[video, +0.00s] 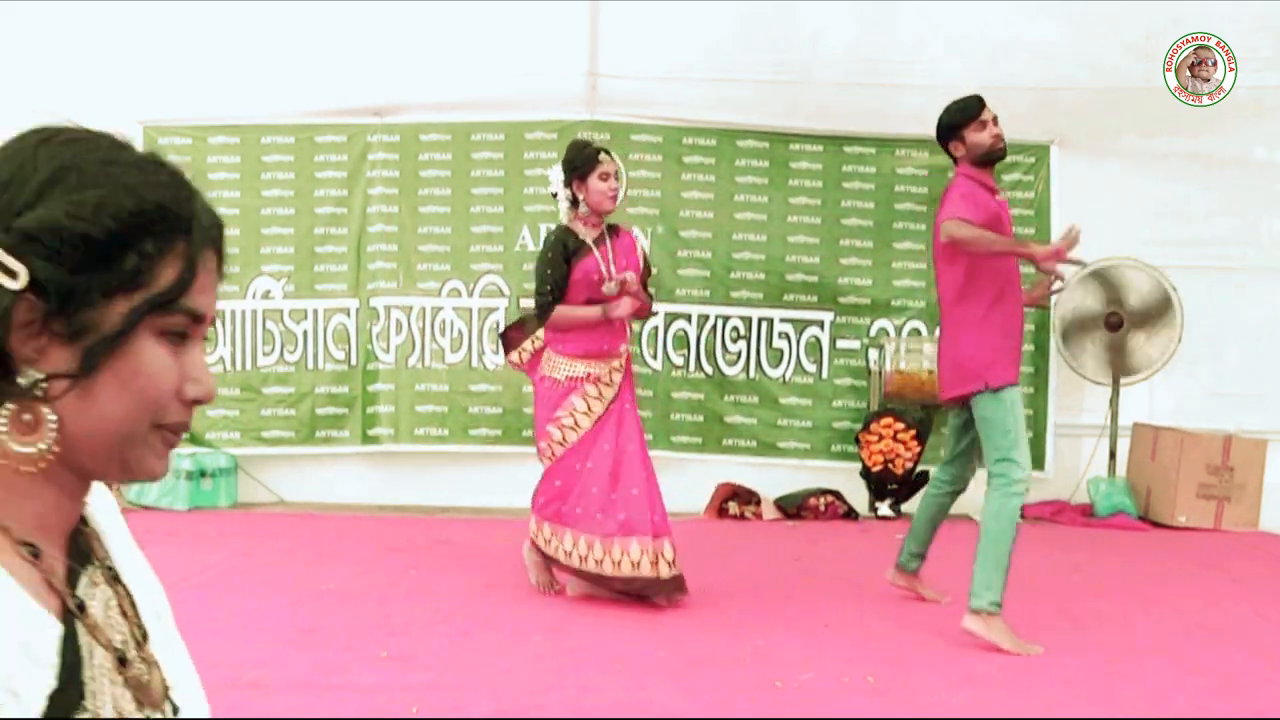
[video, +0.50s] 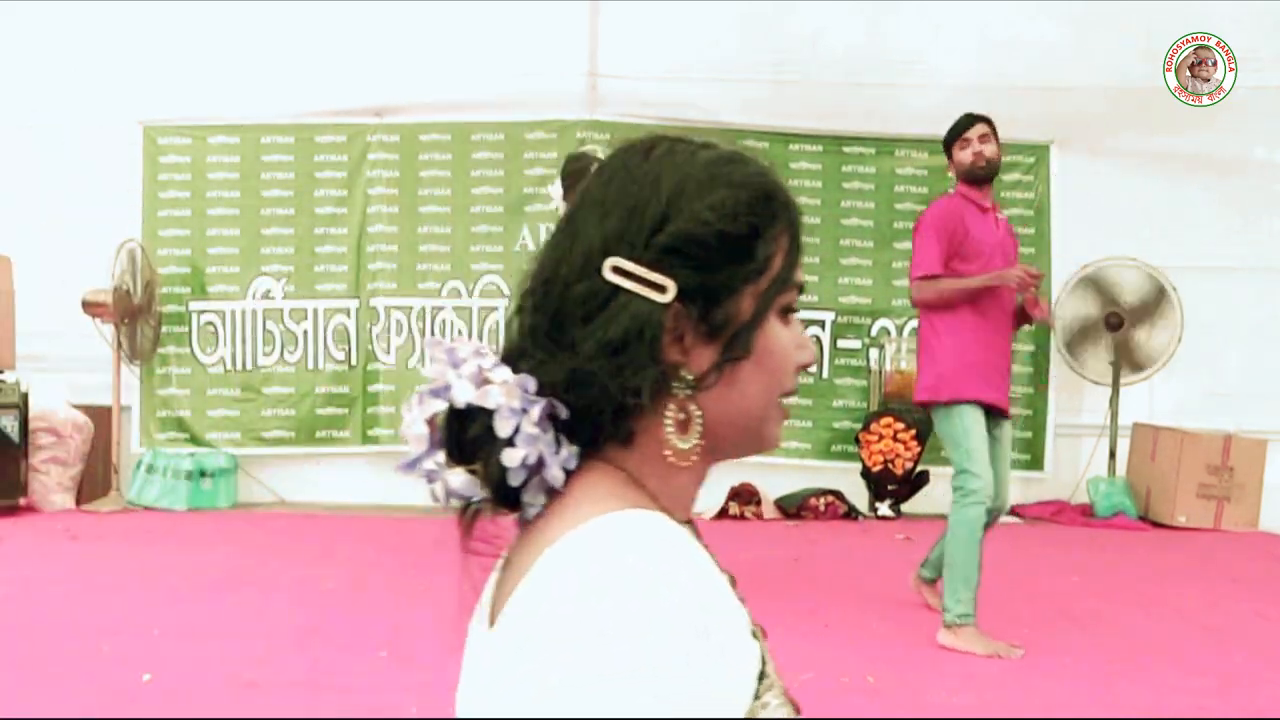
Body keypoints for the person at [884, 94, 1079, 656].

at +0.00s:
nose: (996, 130)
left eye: (995, 121)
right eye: (984, 126)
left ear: (994, 134)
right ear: (958, 144)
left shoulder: (983, 197)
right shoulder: (968, 189)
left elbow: (980, 292)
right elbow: (953, 232)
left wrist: (1032, 295)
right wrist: (1033, 250)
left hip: (977, 355)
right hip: (984, 358)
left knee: (952, 474)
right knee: (1011, 475)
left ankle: (906, 567)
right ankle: (985, 610)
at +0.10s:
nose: (1003, 123)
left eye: (1000, 115)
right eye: (991, 119)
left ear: (976, 135)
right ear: (964, 137)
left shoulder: (972, 186)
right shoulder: (973, 174)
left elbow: (942, 264)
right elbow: (988, 178)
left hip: (981, 352)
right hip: (992, 353)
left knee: (969, 465)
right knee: (1009, 482)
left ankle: (915, 565)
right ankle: (982, 618)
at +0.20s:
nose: (1004, 103)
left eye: (1002, 96)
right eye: (993, 98)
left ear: (978, 115)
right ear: (966, 116)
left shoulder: (972, 166)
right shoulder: (973, 154)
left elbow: (940, 235)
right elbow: (1001, 132)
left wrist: (991, 270)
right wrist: (1075, 91)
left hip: (986, 334)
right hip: (986, 336)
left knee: (977, 458)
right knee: (1000, 462)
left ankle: (922, 559)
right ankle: (988, 602)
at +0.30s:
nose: (1004, 105)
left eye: (1002, 97)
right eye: (991, 101)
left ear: (988, 107)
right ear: (963, 118)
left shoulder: (966, 169)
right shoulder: (971, 156)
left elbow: (932, 251)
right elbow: (1009, 149)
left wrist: (991, 268)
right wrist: (1068, 97)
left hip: (984, 340)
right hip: (981, 341)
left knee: (985, 461)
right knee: (998, 465)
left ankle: (928, 561)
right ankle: (968, 604)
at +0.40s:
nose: (1000, 130)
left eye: (999, 122)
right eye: (987, 125)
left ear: (989, 134)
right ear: (958, 141)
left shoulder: (970, 192)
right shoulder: (963, 184)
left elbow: (937, 292)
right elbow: (989, 234)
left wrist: (1012, 320)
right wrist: (1057, 184)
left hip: (982, 363)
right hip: (976, 363)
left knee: (989, 481)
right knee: (1001, 488)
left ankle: (927, 571)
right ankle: (961, 621)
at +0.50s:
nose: (978, 147)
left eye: (986, 138)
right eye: (965, 142)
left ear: (1000, 153)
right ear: (951, 159)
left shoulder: (1004, 228)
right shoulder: (941, 213)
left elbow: (1000, 314)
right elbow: (921, 291)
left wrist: (1025, 309)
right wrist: (997, 279)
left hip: (991, 375)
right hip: (952, 372)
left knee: (995, 497)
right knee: (974, 488)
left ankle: (929, 571)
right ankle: (959, 622)